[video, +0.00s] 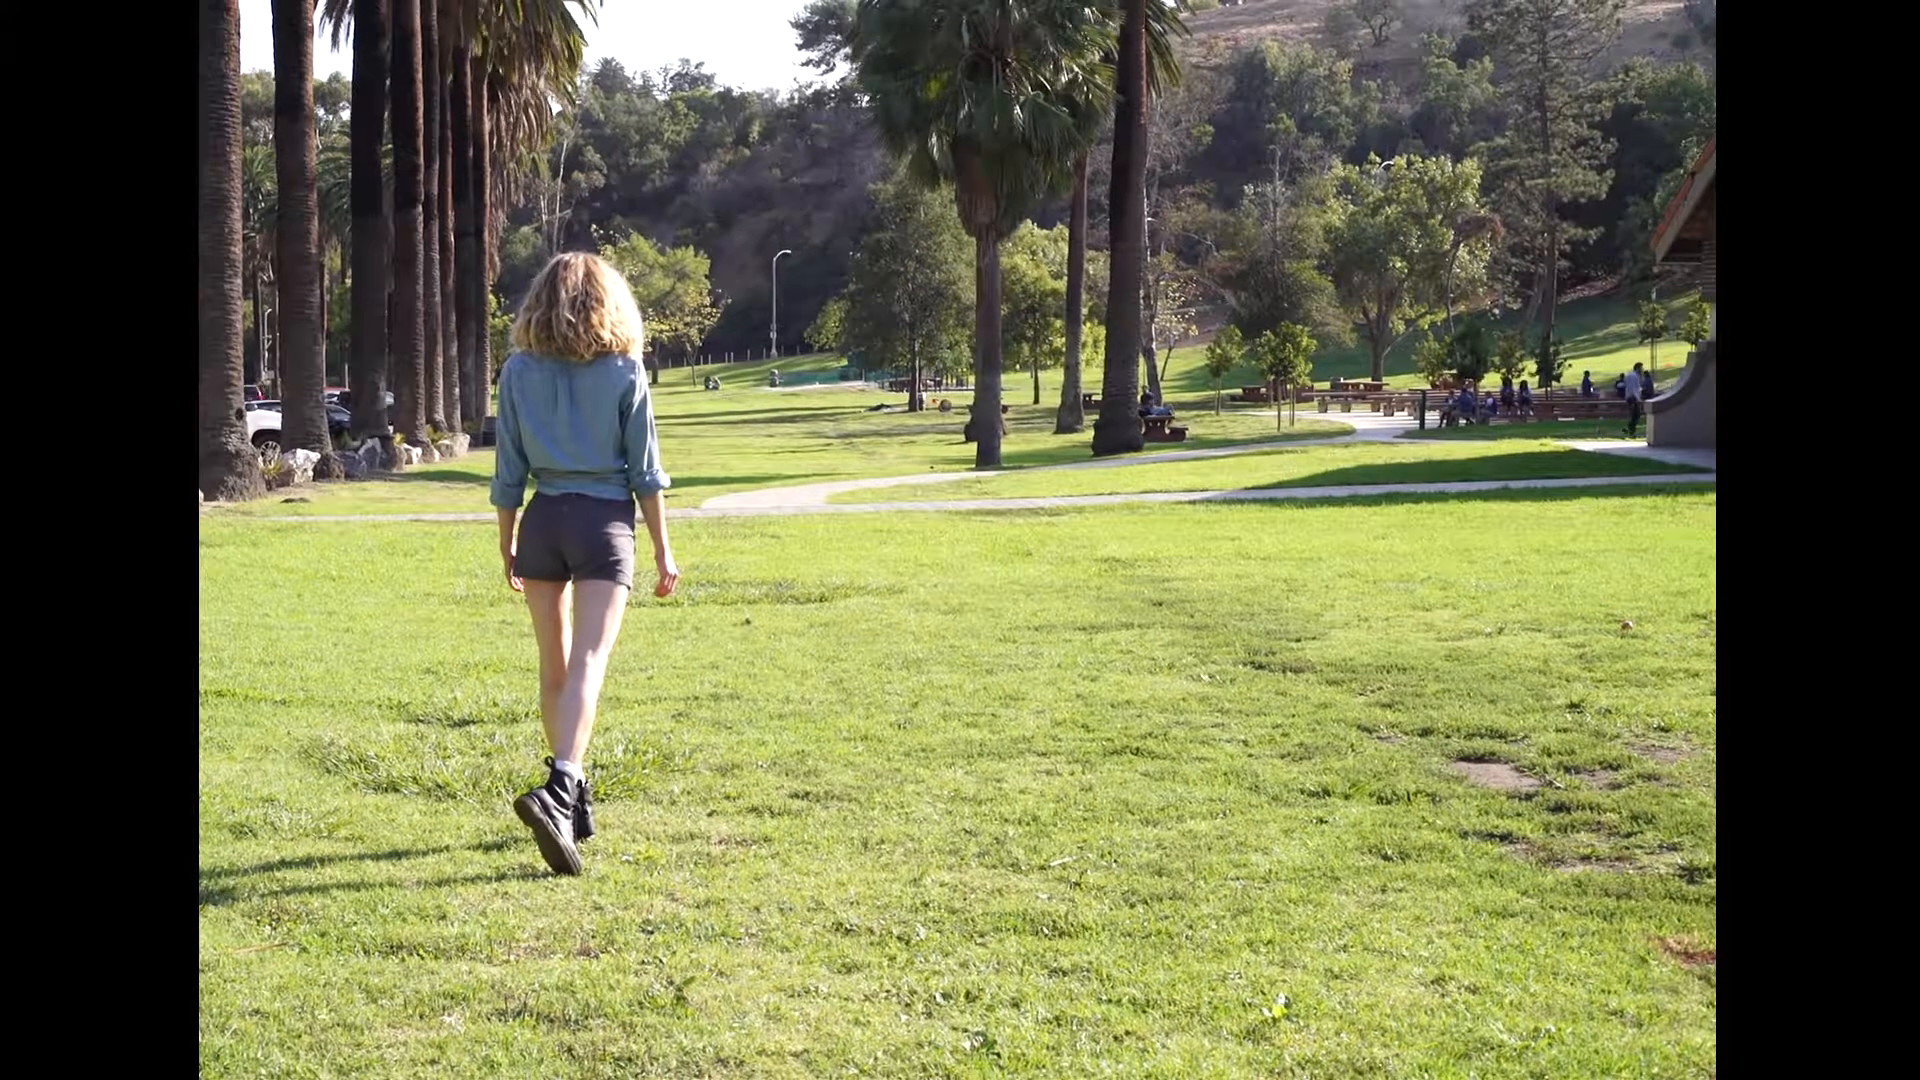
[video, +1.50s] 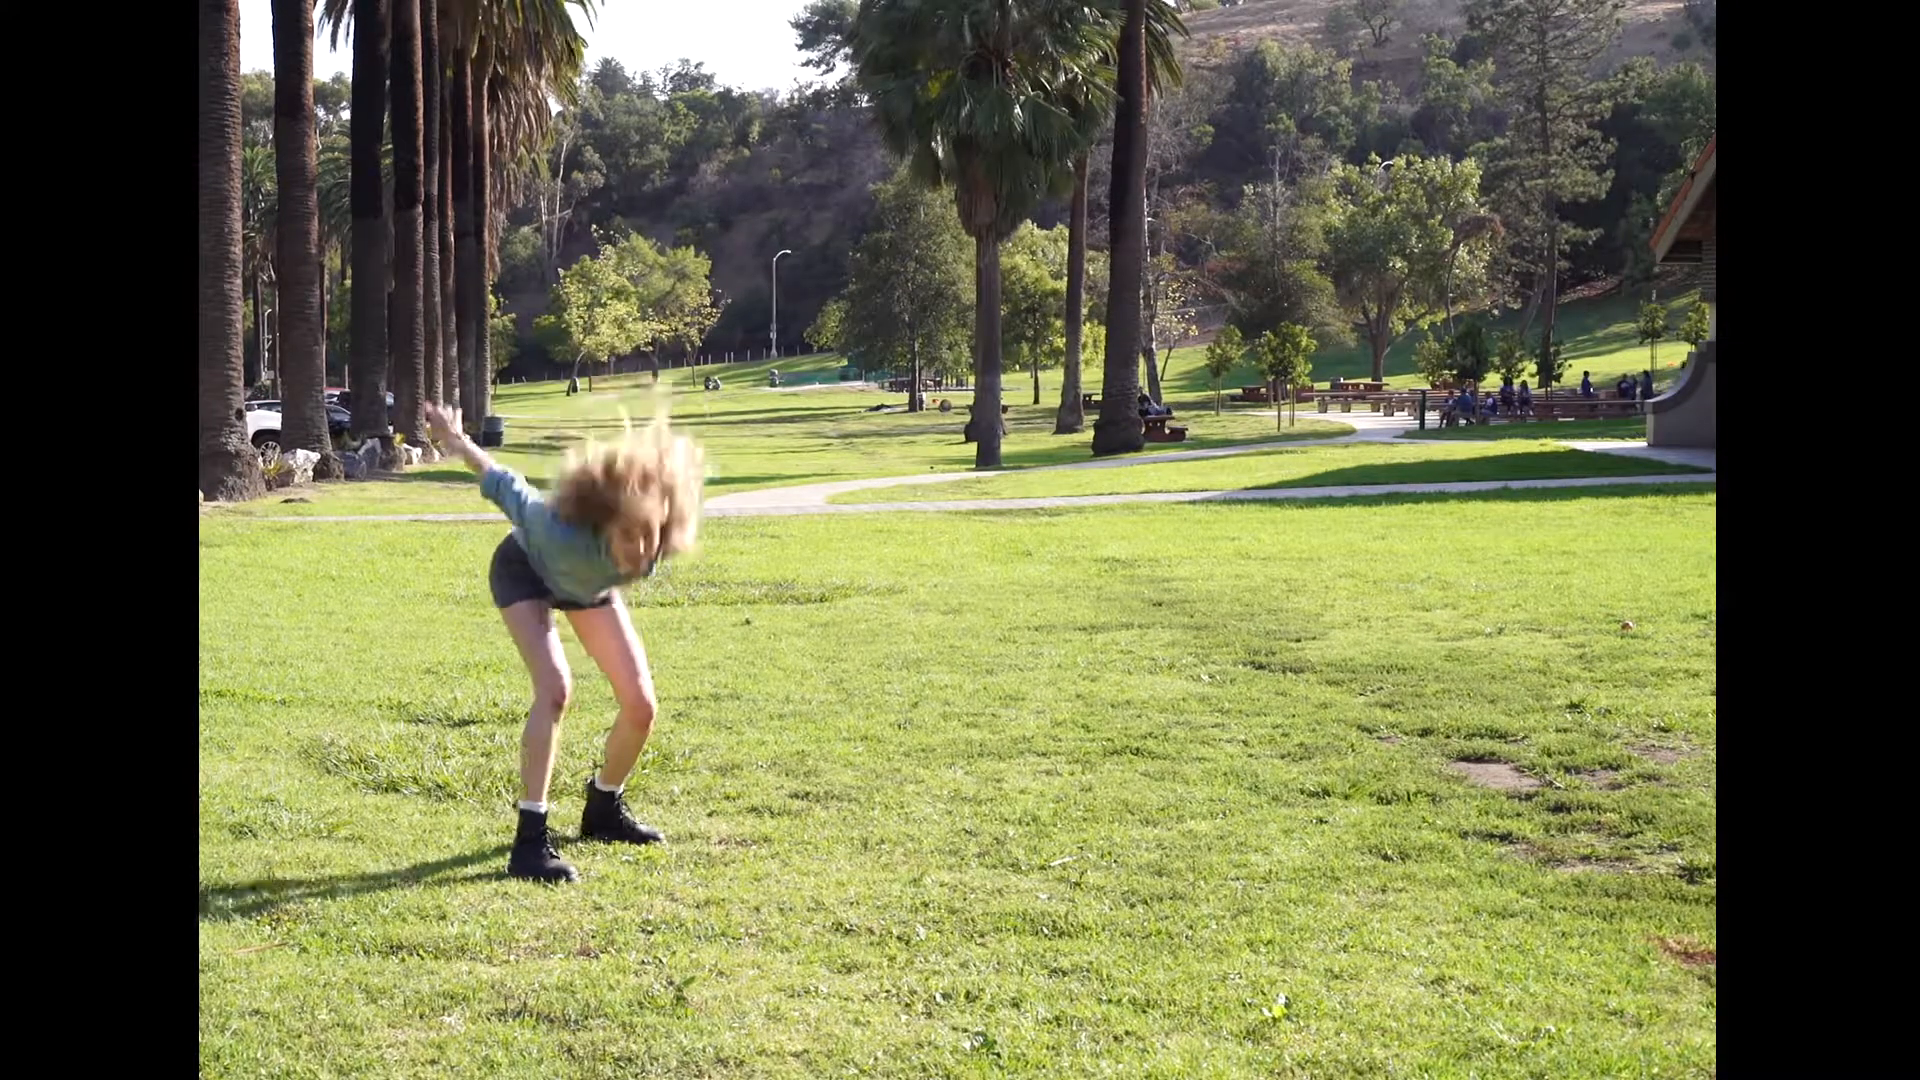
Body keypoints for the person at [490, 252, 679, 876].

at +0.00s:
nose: (620, 311)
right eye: (615, 300)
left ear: (540, 307)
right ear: (610, 307)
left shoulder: (518, 371)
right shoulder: (625, 372)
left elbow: (509, 468)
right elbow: (644, 470)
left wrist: (507, 543)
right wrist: (663, 549)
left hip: (541, 517)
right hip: (606, 517)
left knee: (553, 663)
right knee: (588, 660)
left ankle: (576, 795)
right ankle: (558, 790)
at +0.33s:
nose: (618, 321)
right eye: (611, 310)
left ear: (532, 315)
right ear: (602, 315)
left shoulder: (512, 381)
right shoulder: (615, 374)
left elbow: (504, 477)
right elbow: (644, 468)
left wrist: (504, 553)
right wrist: (680, 545)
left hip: (543, 519)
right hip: (610, 514)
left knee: (556, 666)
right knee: (590, 663)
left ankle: (576, 796)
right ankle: (559, 792)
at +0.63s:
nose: (570, 325)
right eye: (564, 318)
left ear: (514, 357)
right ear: (555, 325)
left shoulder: (526, 413)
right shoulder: (587, 344)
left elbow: (541, 500)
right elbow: (617, 395)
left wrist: (557, 556)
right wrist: (651, 454)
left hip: (553, 521)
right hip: (597, 506)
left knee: (575, 668)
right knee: (573, 671)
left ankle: (579, 804)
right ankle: (529, 822)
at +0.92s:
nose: (566, 323)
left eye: (572, 313)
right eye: (552, 319)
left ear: (592, 325)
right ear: (540, 341)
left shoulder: (630, 403)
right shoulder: (537, 394)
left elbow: (662, 488)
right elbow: (482, 473)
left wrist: (694, 561)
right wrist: (422, 533)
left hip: (625, 548)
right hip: (564, 541)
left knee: (612, 688)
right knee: (574, 692)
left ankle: (592, 811)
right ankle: (528, 838)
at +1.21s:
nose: (612, 330)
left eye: (621, 322)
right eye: (600, 325)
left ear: (643, 339)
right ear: (584, 345)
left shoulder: (663, 408)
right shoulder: (560, 397)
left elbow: (670, 474)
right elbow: (516, 447)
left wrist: (676, 530)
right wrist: (487, 475)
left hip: (608, 554)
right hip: (542, 547)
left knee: (640, 702)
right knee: (567, 685)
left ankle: (608, 808)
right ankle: (534, 839)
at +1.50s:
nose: (641, 546)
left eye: (650, 534)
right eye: (629, 534)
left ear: (664, 528)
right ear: (603, 524)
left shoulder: (653, 548)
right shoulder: (553, 530)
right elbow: (499, 480)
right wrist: (456, 439)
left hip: (589, 582)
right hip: (524, 567)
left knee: (641, 708)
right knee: (553, 690)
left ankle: (602, 811)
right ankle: (530, 843)